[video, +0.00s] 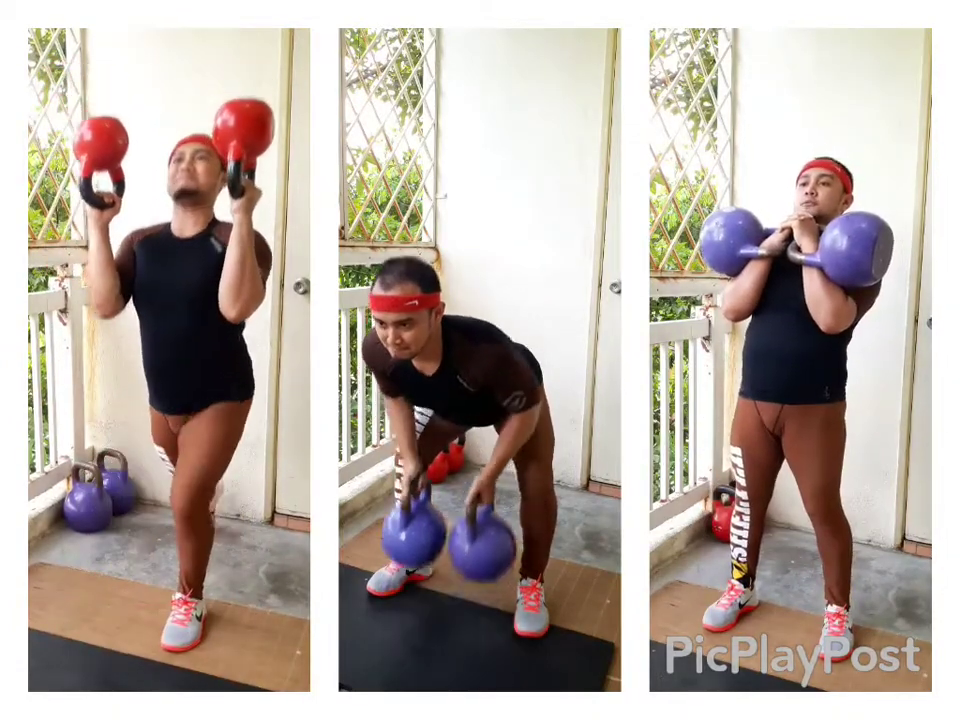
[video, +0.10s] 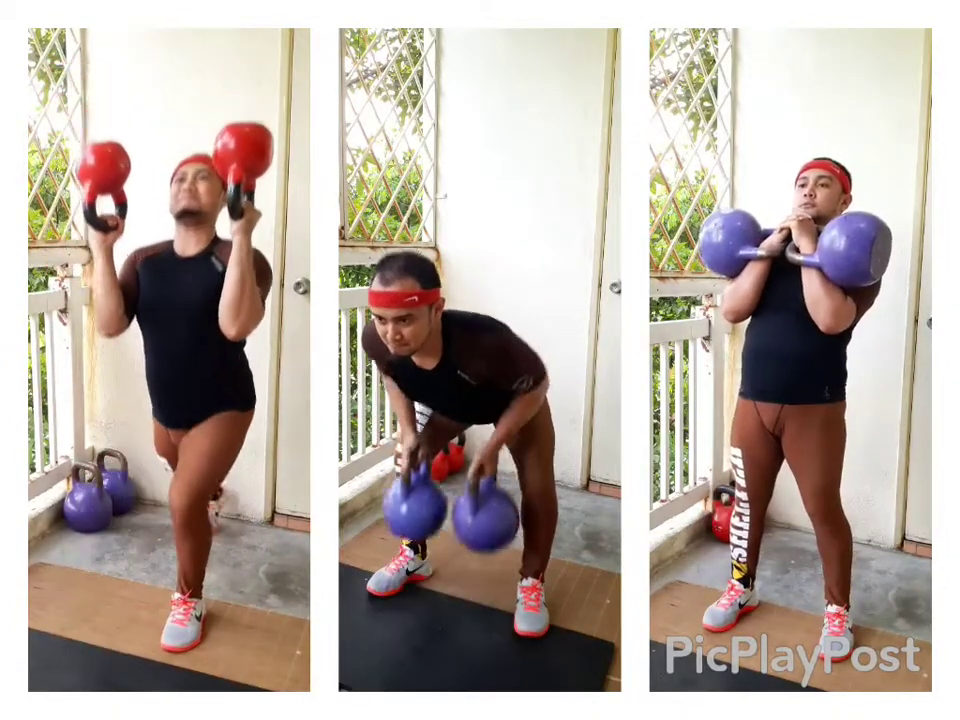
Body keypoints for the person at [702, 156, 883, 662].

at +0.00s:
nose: (808, 190)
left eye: (822, 183)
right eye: (803, 183)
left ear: (847, 200)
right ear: (793, 197)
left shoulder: (855, 262)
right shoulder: (769, 249)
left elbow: (832, 319)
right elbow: (731, 309)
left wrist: (808, 248)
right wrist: (769, 248)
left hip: (814, 407)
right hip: (753, 400)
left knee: (824, 513)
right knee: (749, 501)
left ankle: (837, 610)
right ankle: (740, 587)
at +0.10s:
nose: (808, 191)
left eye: (821, 184)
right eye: (802, 184)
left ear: (846, 201)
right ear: (792, 198)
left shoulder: (855, 262)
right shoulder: (768, 249)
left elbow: (831, 319)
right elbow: (731, 310)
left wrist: (806, 248)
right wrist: (768, 249)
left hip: (814, 408)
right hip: (753, 401)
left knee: (825, 513)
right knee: (749, 502)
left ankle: (836, 610)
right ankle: (740, 586)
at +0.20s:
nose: (806, 192)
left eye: (820, 185)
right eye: (800, 185)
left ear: (845, 200)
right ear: (790, 198)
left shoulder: (853, 261)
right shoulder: (767, 249)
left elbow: (831, 320)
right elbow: (730, 311)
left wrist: (804, 248)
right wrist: (768, 249)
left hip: (813, 407)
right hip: (752, 400)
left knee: (824, 513)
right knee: (748, 502)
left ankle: (836, 610)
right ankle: (740, 587)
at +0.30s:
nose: (805, 191)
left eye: (819, 184)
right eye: (799, 185)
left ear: (844, 200)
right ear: (788, 199)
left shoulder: (852, 262)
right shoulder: (765, 249)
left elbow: (830, 320)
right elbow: (729, 312)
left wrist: (804, 250)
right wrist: (766, 250)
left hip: (812, 407)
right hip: (751, 400)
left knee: (823, 512)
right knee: (748, 502)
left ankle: (837, 610)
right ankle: (740, 587)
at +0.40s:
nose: (804, 191)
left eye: (817, 184)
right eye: (798, 184)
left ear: (842, 199)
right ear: (787, 196)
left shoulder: (851, 260)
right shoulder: (764, 249)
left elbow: (829, 320)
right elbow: (729, 310)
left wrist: (803, 249)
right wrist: (764, 251)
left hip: (812, 407)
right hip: (752, 401)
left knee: (823, 513)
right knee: (748, 502)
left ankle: (836, 610)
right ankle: (740, 586)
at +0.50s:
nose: (801, 187)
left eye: (815, 180)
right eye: (795, 180)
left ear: (840, 195)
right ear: (784, 192)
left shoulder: (848, 255)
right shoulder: (761, 246)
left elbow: (828, 317)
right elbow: (729, 308)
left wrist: (802, 246)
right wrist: (763, 247)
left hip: (814, 406)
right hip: (754, 400)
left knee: (823, 513)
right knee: (748, 502)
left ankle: (836, 610)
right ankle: (740, 586)